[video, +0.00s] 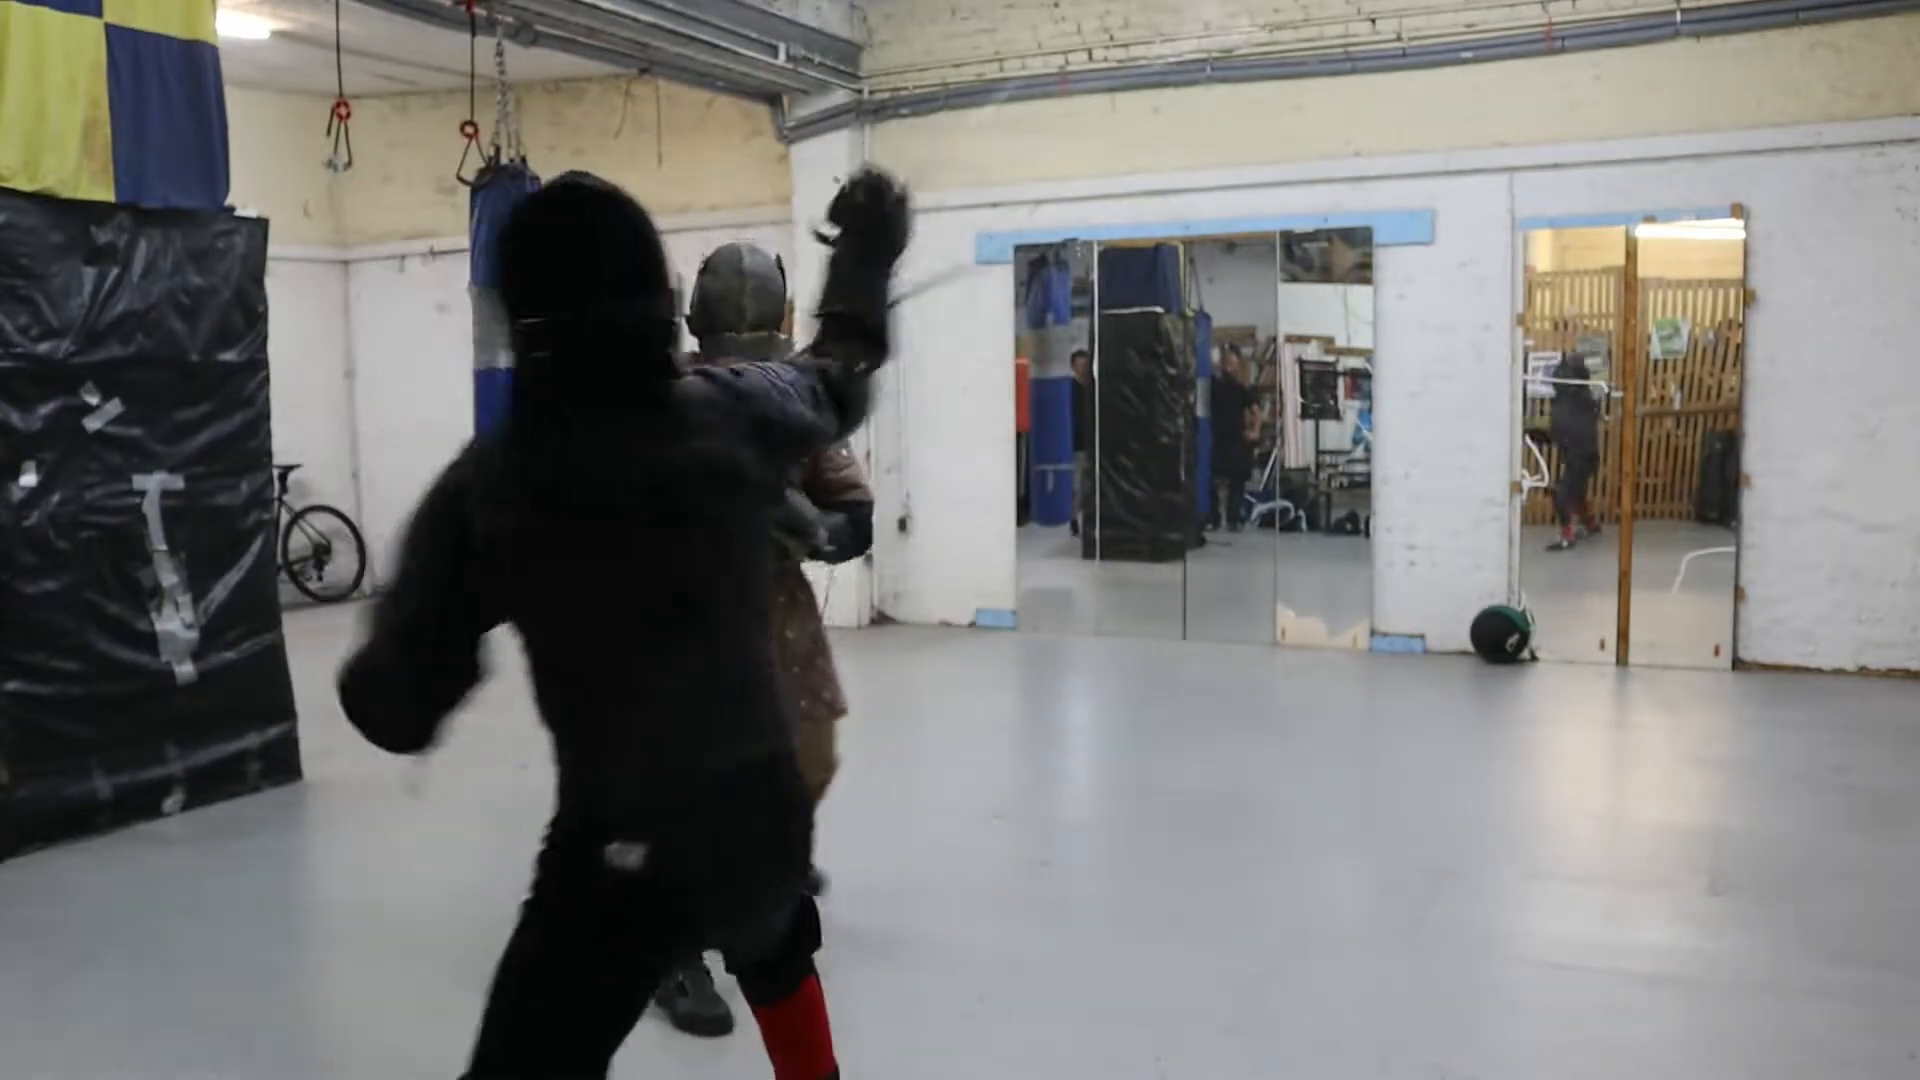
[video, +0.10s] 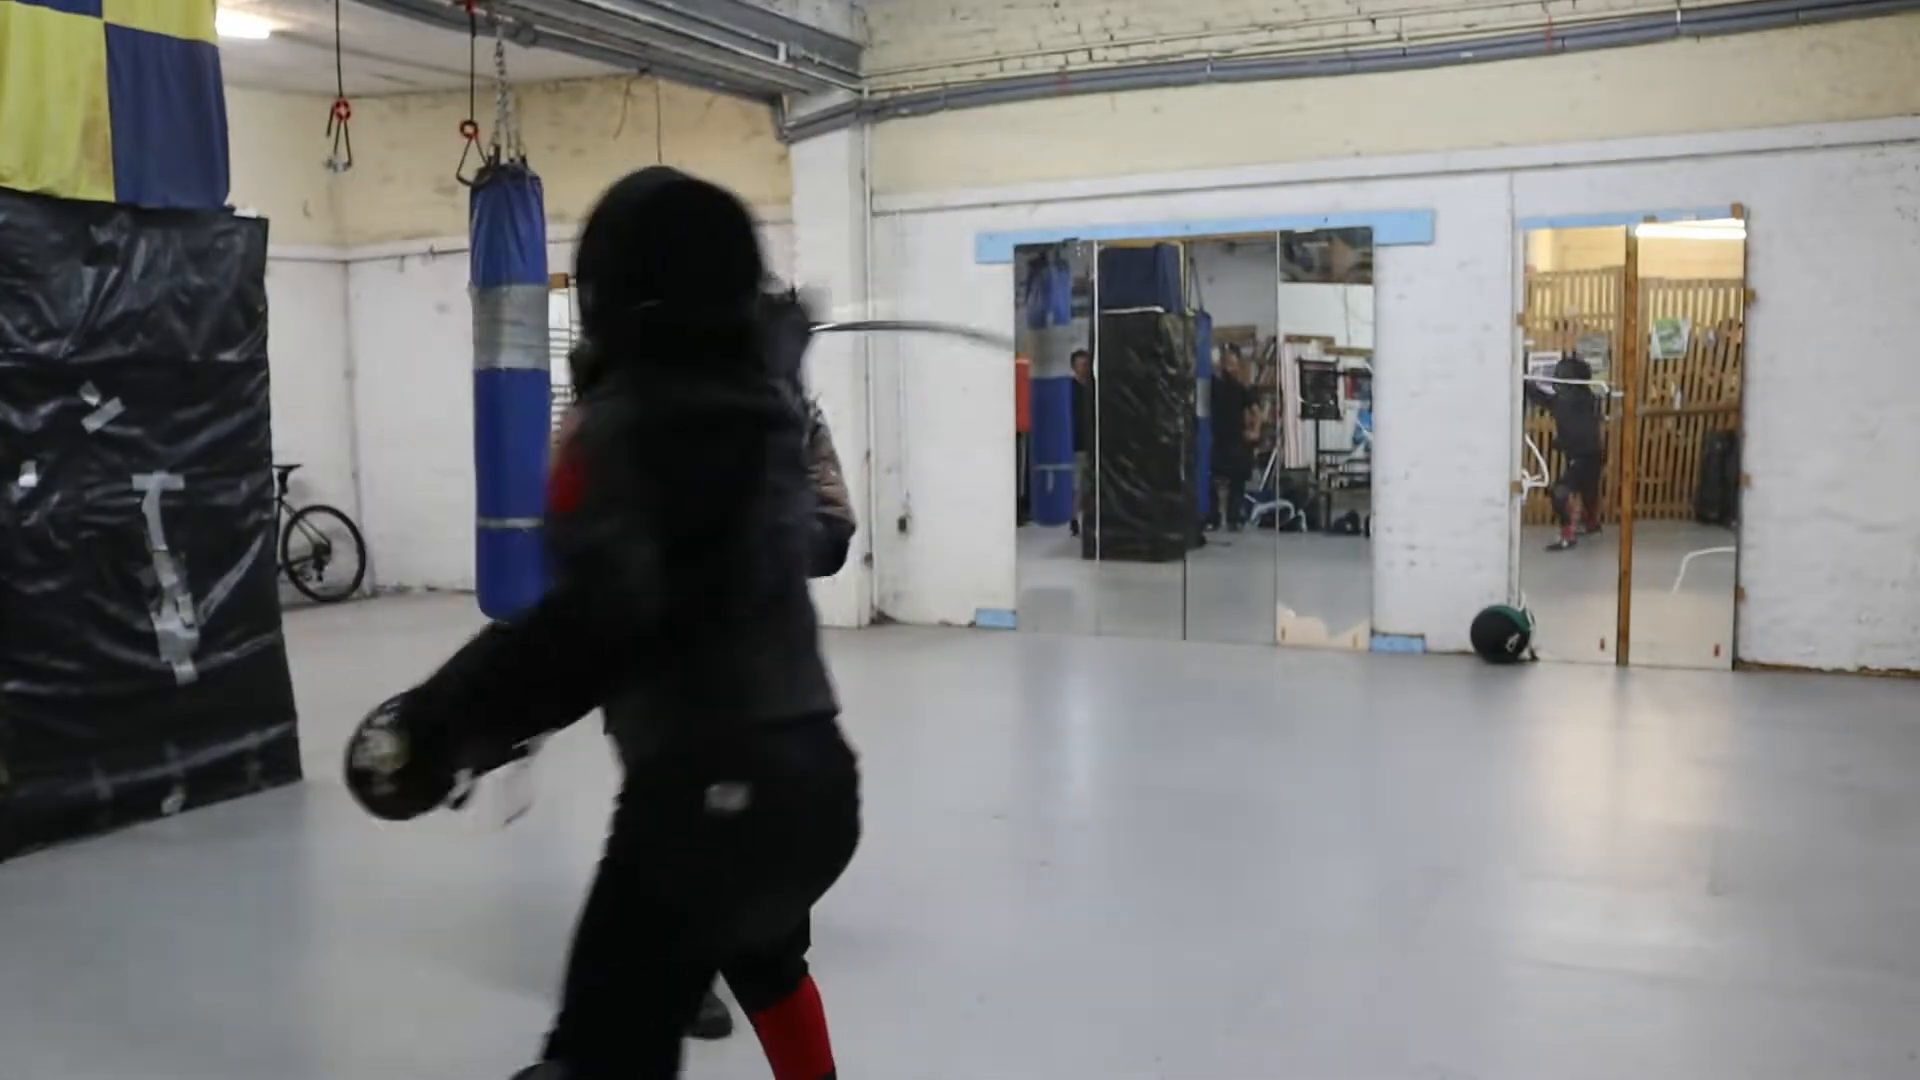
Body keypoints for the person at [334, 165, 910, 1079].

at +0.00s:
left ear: (520, 320)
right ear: (658, 299)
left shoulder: (491, 487)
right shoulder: (729, 420)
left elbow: (390, 709)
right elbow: (838, 377)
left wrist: (440, 595)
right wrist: (862, 259)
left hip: (617, 844)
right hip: (760, 806)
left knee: (521, 1067)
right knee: (780, 977)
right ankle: (811, 1069)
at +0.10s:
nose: (585, 295)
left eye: (595, 273)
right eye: (591, 273)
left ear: (620, 287)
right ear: (733, 280)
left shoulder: (632, 424)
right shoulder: (763, 402)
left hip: (702, 794)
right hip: (807, 772)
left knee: (605, 1052)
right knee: (767, 965)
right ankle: (813, 1071)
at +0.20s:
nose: (655, 286)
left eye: (671, 266)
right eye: (659, 266)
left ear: (707, 280)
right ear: (797, 286)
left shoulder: (697, 390)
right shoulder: (805, 404)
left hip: (757, 769)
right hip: (849, 752)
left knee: (664, 1037)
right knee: (770, 946)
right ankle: (827, 1066)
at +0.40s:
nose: (751, 287)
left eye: (762, 267)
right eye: (754, 267)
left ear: (797, 271)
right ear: (896, 270)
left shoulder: (810, 397)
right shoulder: (915, 404)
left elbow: (724, 559)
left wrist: (552, 554)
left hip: (884, 768)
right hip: (927, 758)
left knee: (867, 1031)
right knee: (785, 920)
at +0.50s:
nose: (789, 287)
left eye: (799, 263)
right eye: (793, 263)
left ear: (836, 272)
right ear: (948, 269)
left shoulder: (830, 409)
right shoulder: (984, 409)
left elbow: (719, 620)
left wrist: (613, 602)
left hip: (935, 792)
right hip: (1001, 775)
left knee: (982, 1054)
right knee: (827, 928)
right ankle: (870, 1079)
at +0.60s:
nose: (819, 302)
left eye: (826, 276)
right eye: (820, 276)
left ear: (863, 277)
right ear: (979, 264)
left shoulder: (855, 418)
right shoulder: (1049, 404)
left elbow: (792, 625)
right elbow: (1125, 592)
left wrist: (728, 677)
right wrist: (1020, 647)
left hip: (982, 800)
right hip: (1092, 781)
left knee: (1046, 1045)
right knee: (912, 938)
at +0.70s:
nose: (848, 303)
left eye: (854, 276)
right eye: (845, 276)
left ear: (895, 273)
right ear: (1009, 255)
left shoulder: (896, 425)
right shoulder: (1098, 400)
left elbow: (864, 693)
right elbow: (1191, 572)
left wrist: (770, 677)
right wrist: (1072, 638)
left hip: (1043, 801)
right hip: (1142, 779)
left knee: (1058, 1056)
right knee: (961, 928)